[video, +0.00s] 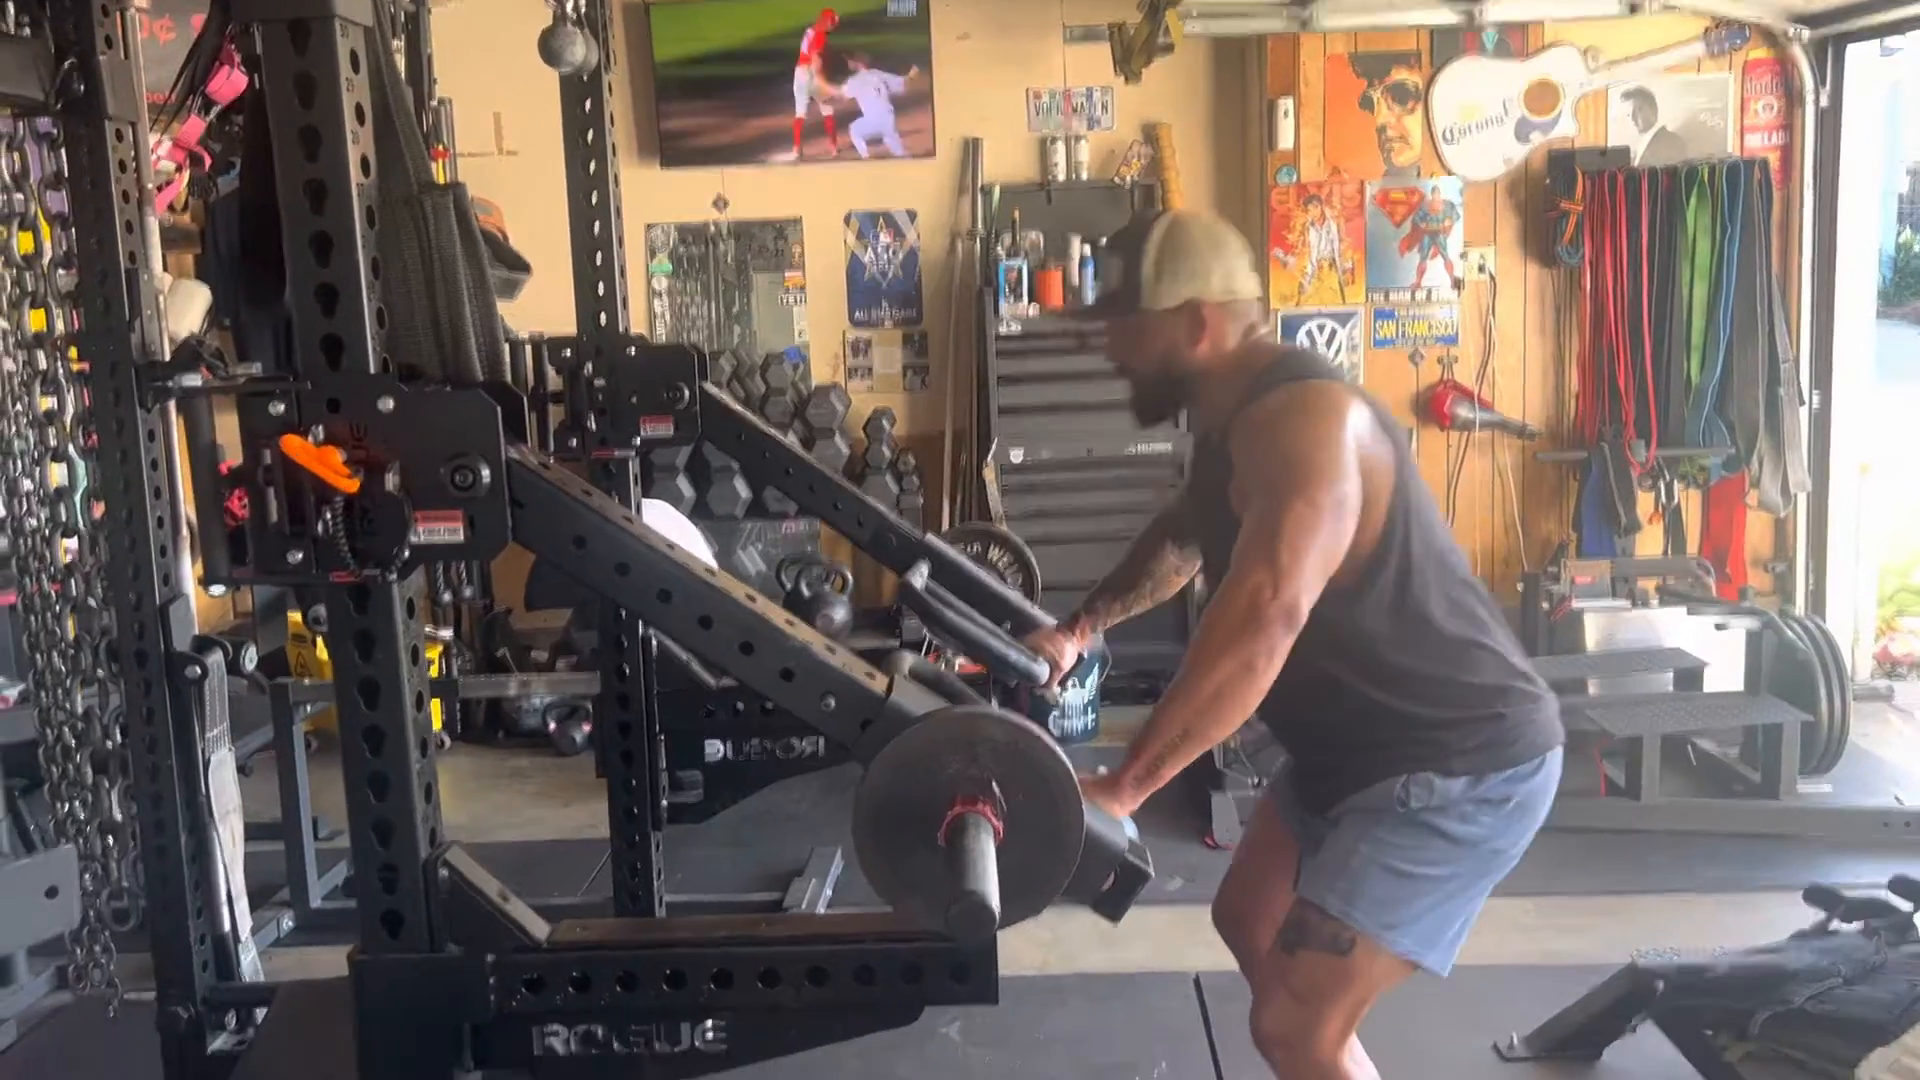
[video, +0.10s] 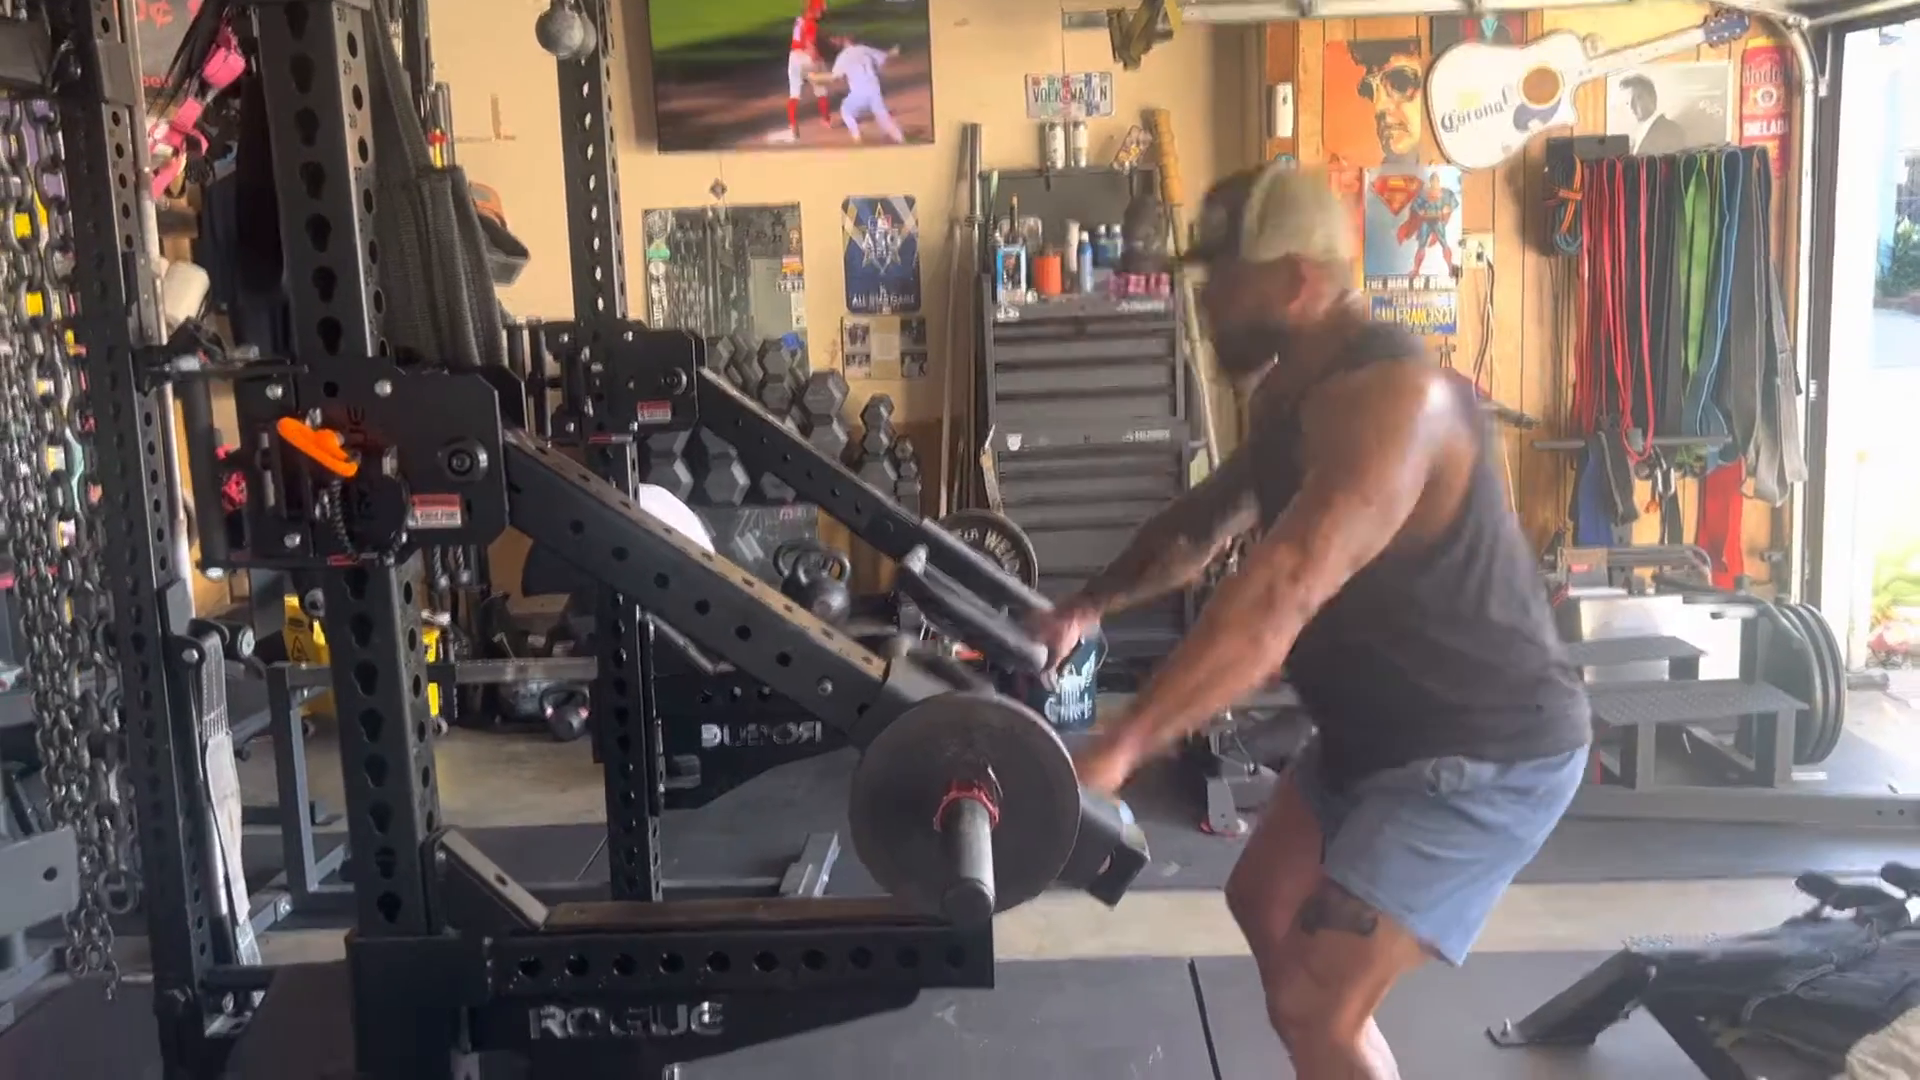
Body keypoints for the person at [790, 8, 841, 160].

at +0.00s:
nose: (833, 28)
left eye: (833, 24)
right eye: (832, 24)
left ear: (821, 20)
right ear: (827, 22)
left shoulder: (809, 31)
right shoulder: (820, 36)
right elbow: (815, 64)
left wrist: (848, 63)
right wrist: (827, 87)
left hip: (799, 71)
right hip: (810, 71)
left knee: (800, 110)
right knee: (827, 108)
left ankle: (796, 148)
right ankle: (833, 146)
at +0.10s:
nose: (822, 14)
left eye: (822, 10)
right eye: (821, 10)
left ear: (808, 9)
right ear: (816, 10)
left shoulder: (799, 21)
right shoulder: (811, 24)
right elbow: (809, 43)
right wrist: (817, 57)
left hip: (794, 55)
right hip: (808, 55)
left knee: (794, 90)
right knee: (820, 88)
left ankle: (793, 126)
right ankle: (826, 118)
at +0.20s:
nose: (808, 6)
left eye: (806, 5)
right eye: (807, 5)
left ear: (796, 4)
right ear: (805, 5)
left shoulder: (789, 12)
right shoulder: (805, 16)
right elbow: (806, 32)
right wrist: (817, 44)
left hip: (788, 44)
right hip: (802, 45)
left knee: (788, 78)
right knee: (811, 70)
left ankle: (788, 109)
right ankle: (813, 97)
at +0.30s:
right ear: (798, 1)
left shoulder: (783, 6)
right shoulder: (800, 9)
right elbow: (802, 25)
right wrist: (812, 34)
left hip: (783, 37)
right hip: (797, 37)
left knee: (785, 70)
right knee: (801, 67)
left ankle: (786, 98)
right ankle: (802, 94)